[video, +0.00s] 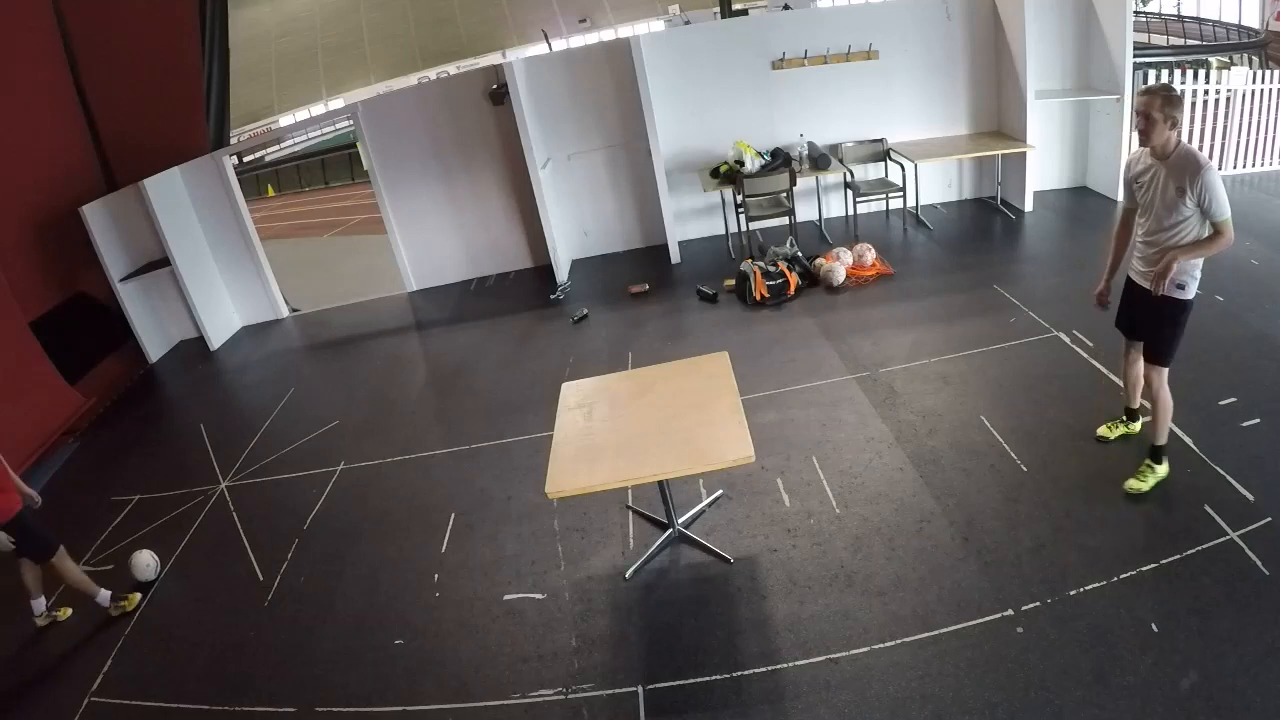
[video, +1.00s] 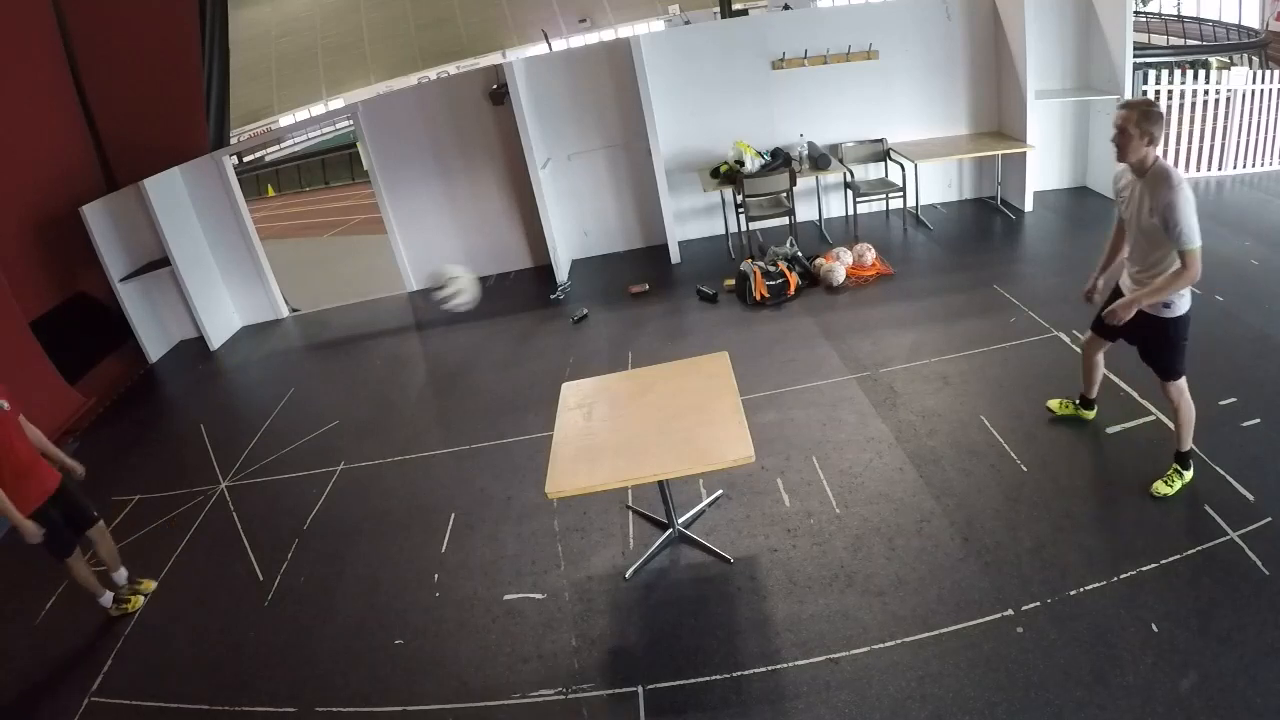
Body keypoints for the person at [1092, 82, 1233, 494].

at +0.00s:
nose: (1137, 123)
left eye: (1145, 118)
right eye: (1136, 115)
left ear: (1171, 122)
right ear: (1138, 118)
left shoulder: (1199, 172)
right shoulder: (1136, 163)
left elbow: (1224, 236)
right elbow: (1126, 221)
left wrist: (1176, 254)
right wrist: (1108, 278)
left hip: (1175, 288)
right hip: (1137, 278)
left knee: (1155, 372)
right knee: (1132, 349)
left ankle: (1157, 458)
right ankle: (1132, 416)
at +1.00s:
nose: (1115, 137)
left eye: (1124, 133)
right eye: (1116, 130)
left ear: (1149, 141)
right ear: (1124, 135)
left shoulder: (1172, 190)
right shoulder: (1123, 177)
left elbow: (1191, 269)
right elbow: (1122, 231)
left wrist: (1136, 300)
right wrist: (1100, 276)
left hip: (1166, 307)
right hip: (1127, 291)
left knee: (1174, 389)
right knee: (1091, 347)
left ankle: (1183, 463)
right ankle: (1086, 404)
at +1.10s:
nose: (1089, 139)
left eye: (1097, 133)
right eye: (1090, 131)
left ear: (1122, 139)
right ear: (1110, 138)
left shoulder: (1147, 190)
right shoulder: (1104, 179)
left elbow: (1175, 266)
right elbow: (1097, 231)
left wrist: (1141, 320)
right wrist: (1071, 273)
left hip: (1141, 303)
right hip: (1106, 287)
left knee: (1150, 387)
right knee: (1075, 344)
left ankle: (1177, 458)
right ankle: (1082, 405)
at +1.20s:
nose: (1065, 136)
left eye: (1072, 130)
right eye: (1065, 129)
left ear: (1098, 135)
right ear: (1083, 133)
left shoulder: (1123, 183)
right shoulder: (1082, 173)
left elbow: (1157, 249)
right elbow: (1075, 224)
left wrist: (1156, 316)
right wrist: (1044, 268)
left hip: (1121, 294)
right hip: (1090, 279)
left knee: (1100, 377)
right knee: (1067, 342)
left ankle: (1148, 436)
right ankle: (1081, 406)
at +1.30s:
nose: (1045, 125)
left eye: (1053, 119)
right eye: (1046, 117)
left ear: (1078, 124)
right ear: (1067, 123)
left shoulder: (1109, 171)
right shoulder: (1061, 162)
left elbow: (1149, 234)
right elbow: (1054, 211)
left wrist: (1159, 296)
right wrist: (1023, 254)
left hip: (1100, 283)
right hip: (1073, 272)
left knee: (1063, 361)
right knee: (1071, 346)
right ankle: (1082, 403)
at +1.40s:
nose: (1030, 119)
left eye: (1038, 112)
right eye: (1031, 111)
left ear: (1063, 116)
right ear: (1054, 117)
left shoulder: (1096, 165)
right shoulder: (1046, 157)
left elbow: (1134, 228)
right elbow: (1043, 207)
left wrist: (1149, 288)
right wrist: (1014, 246)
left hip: (1079, 275)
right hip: (1051, 264)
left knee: (1040, 345)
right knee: (1036, 329)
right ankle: (1066, 383)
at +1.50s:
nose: (1018, 132)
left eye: (1024, 125)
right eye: (1018, 124)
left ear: (1049, 127)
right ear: (1042, 128)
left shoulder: (1078, 175)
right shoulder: (1039, 161)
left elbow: (1110, 245)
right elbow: (1040, 217)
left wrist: (1124, 310)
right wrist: (1014, 250)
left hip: (1055, 285)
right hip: (1028, 267)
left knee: (1013, 348)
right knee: (986, 323)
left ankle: (1024, 417)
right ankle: (1029, 367)